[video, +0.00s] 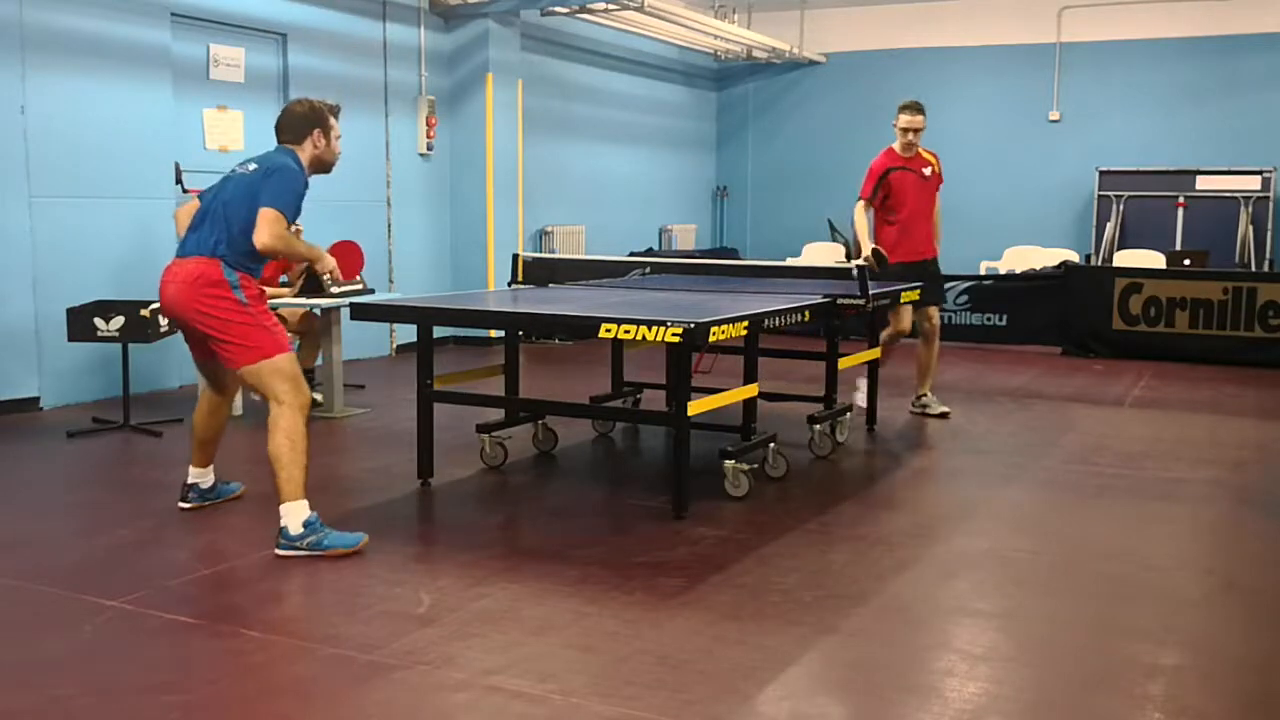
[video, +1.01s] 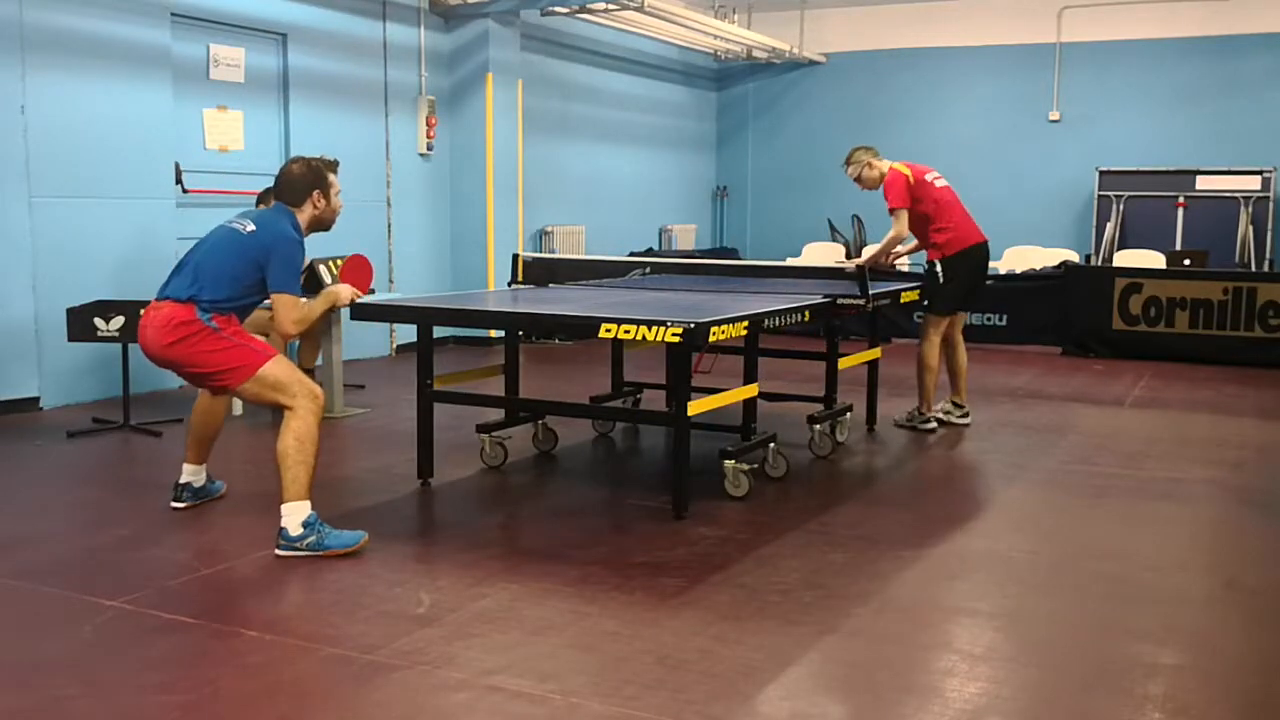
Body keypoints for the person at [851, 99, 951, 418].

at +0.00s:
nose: (910, 137)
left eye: (917, 131)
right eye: (905, 131)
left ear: (924, 130)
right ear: (895, 128)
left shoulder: (931, 161)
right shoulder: (883, 163)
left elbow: (934, 203)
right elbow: (861, 208)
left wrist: (936, 242)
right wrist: (866, 245)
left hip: (926, 259)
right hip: (894, 262)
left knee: (931, 324)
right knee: (901, 326)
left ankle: (923, 394)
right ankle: (865, 376)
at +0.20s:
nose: (912, 137)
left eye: (918, 130)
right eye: (906, 131)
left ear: (930, 126)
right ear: (900, 131)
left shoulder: (951, 161)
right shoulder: (891, 167)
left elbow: (963, 205)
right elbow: (876, 210)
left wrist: (964, 251)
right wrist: (878, 245)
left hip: (944, 259)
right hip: (909, 261)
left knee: (940, 331)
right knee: (925, 329)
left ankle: (923, 393)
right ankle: (947, 398)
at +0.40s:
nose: (903, 144)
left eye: (908, 136)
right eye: (898, 139)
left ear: (924, 129)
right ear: (895, 138)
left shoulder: (954, 159)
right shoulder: (897, 172)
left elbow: (971, 205)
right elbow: (896, 214)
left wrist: (959, 247)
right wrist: (892, 242)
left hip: (956, 259)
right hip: (919, 263)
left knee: (958, 334)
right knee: (932, 333)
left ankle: (940, 378)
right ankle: (954, 403)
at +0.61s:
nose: (894, 150)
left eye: (897, 142)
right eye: (888, 146)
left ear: (913, 131)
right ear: (886, 145)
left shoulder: (945, 158)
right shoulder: (905, 174)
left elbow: (958, 206)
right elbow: (915, 220)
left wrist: (929, 243)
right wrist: (902, 248)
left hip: (956, 255)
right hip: (930, 261)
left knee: (941, 327)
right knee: (926, 331)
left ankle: (984, 388)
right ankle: (955, 404)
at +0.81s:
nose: (876, 164)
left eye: (875, 156)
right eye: (872, 160)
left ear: (891, 143)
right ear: (887, 148)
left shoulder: (922, 161)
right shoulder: (912, 172)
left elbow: (931, 214)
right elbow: (929, 223)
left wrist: (897, 253)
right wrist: (900, 252)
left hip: (957, 250)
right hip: (948, 252)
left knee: (935, 326)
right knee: (938, 327)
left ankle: (940, 407)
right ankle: (954, 402)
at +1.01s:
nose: (860, 186)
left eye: (858, 178)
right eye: (856, 181)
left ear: (871, 164)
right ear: (874, 162)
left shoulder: (895, 176)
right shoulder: (914, 170)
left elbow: (899, 232)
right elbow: (936, 230)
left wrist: (872, 257)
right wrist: (902, 251)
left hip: (952, 255)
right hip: (973, 250)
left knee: (931, 334)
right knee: (953, 332)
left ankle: (925, 411)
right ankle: (959, 405)